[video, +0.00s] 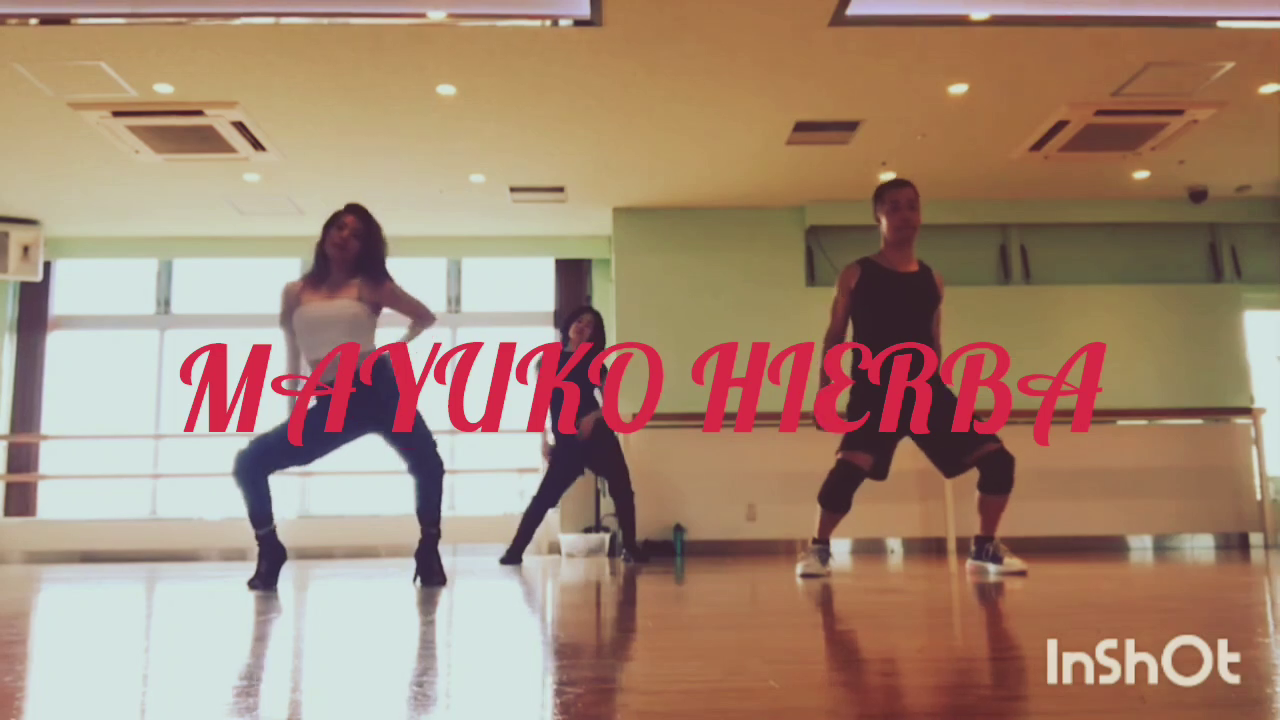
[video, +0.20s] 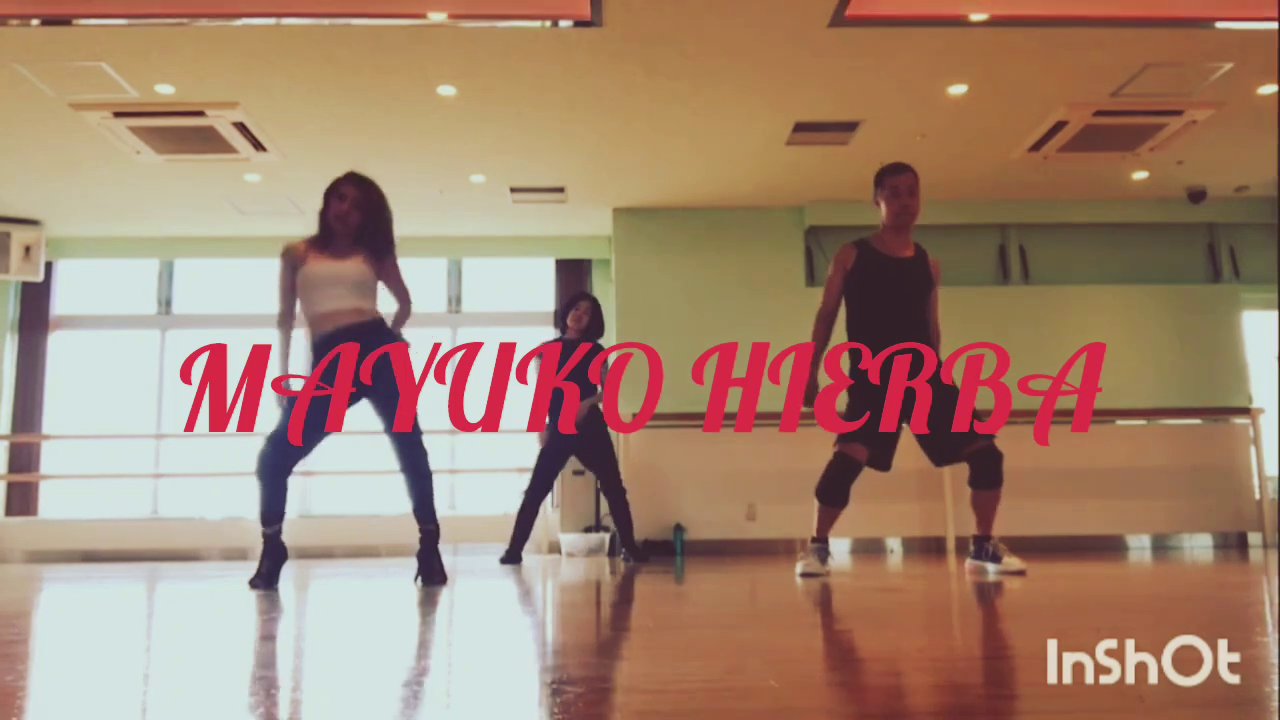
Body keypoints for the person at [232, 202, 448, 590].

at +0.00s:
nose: (344, 237)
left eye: (355, 234)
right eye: (339, 229)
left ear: (366, 246)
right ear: (325, 235)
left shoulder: (373, 287)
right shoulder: (295, 293)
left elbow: (425, 317)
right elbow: (293, 356)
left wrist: (395, 350)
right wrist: (294, 411)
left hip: (380, 399)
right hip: (331, 408)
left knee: (429, 467)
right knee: (249, 463)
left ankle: (429, 549)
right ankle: (269, 549)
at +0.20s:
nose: (346, 210)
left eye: (356, 205)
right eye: (339, 200)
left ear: (368, 215)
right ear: (326, 204)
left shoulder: (374, 253)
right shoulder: (297, 254)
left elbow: (405, 304)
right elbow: (286, 317)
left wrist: (390, 341)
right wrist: (283, 374)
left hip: (380, 355)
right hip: (332, 362)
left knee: (410, 447)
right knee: (273, 456)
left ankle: (430, 548)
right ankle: (272, 548)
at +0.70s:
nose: (335, 235)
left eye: (346, 231)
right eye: (330, 226)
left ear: (359, 243)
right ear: (317, 233)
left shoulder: (368, 289)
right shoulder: (298, 287)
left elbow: (398, 343)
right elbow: (294, 341)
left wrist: (410, 398)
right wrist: (300, 374)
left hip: (376, 395)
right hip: (330, 402)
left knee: (390, 469)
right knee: (258, 462)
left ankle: (434, 543)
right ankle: (277, 546)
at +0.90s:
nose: (358, 229)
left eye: (365, 221)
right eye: (352, 219)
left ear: (370, 226)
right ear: (333, 218)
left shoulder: (367, 264)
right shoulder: (302, 259)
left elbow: (392, 305)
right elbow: (258, 291)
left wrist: (426, 318)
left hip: (368, 369)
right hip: (325, 370)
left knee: (403, 454)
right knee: (314, 463)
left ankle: (438, 543)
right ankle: (275, 550)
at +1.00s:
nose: (366, 211)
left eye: (367, 203)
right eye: (359, 202)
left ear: (358, 208)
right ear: (338, 202)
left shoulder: (354, 239)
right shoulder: (313, 233)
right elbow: (320, 264)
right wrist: (342, 243)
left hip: (359, 358)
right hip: (325, 359)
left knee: (411, 443)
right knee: (328, 468)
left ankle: (430, 535)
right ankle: (267, 547)